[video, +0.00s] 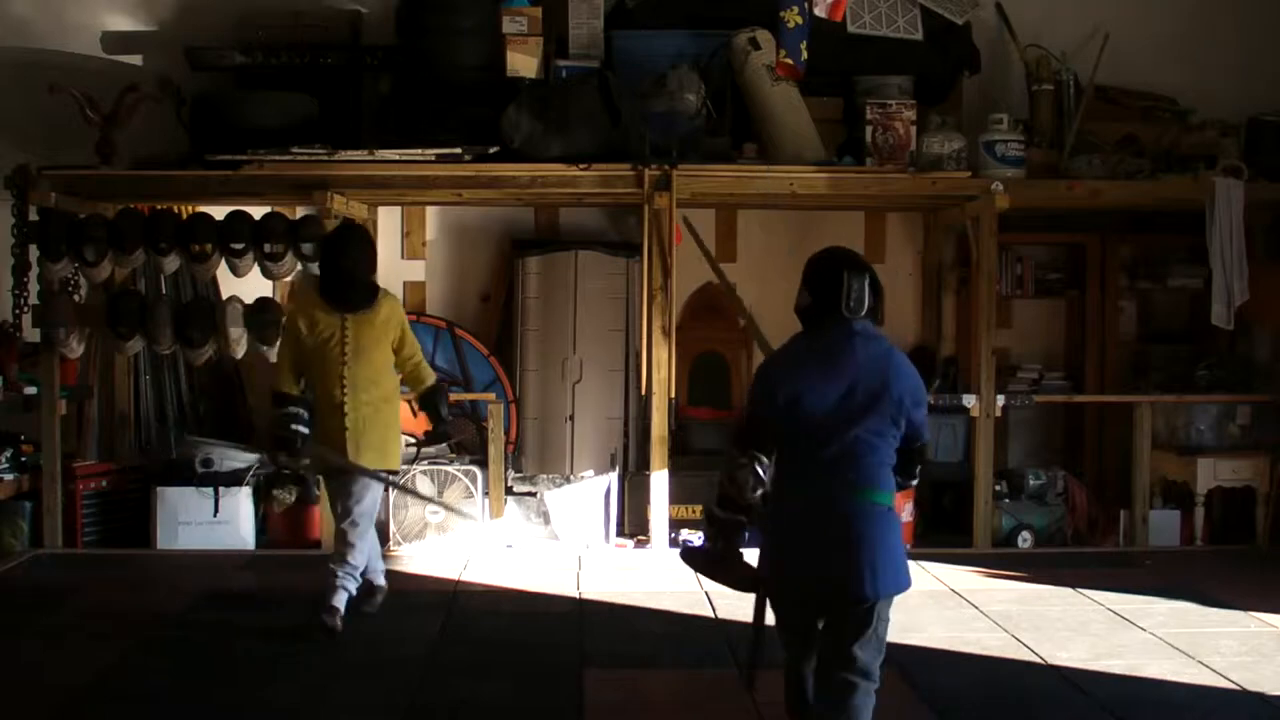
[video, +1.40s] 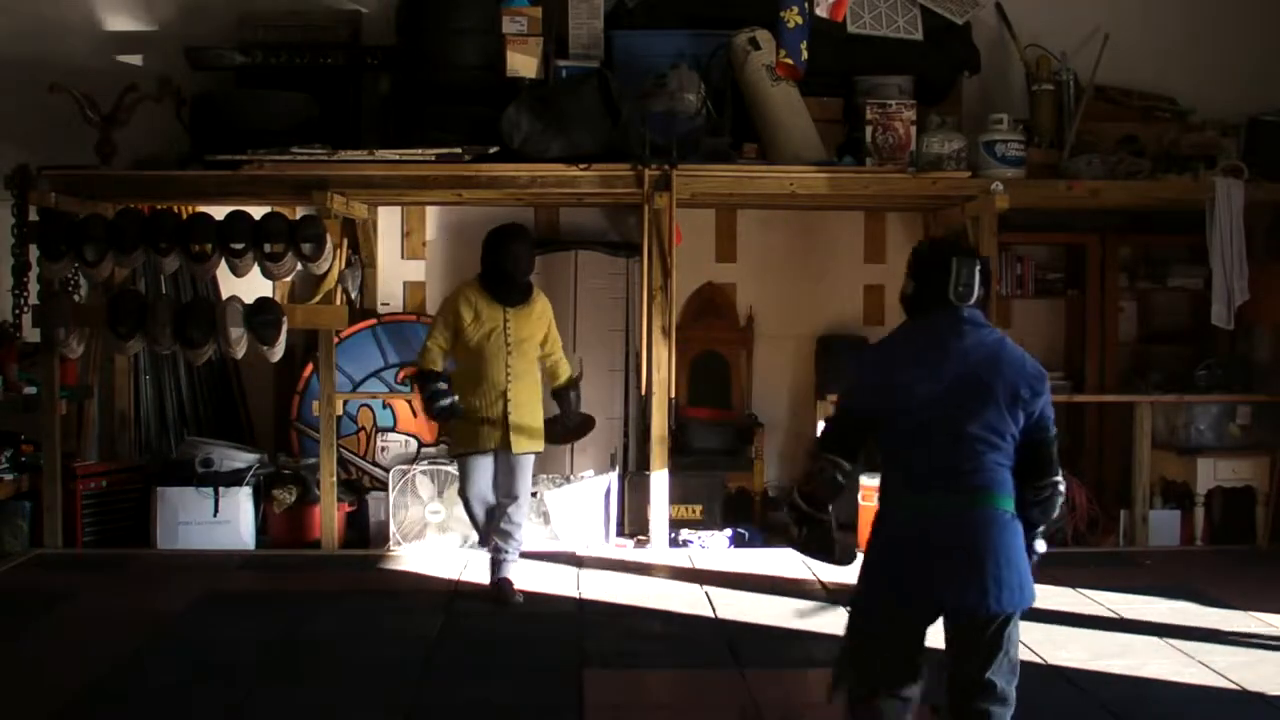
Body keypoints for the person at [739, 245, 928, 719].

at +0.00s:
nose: (798, 303)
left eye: (804, 294)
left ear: (808, 299)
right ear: (869, 300)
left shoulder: (779, 365)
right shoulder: (896, 367)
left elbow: (750, 448)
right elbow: (908, 464)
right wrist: (870, 488)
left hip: (792, 537)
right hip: (866, 541)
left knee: (801, 664)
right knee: (856, 671)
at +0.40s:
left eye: (750, 281)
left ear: (750, 289)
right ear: (817, 292)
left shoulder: (718, 362)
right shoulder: (850, 363)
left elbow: (679, 460)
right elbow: (886, 468)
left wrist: (662, 526)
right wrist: (892, 534)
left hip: (750, 542)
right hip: (833, 542)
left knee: (735, 683)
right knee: (841, 682)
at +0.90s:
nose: (735, 294)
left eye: (740, 286)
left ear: (743, 291)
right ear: (812, 291)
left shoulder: (717, 363)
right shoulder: (855, 361)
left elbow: (676, 461)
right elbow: (892, 469)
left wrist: (677, 523)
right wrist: (884, 535)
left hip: (771, 545)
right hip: (856, 539)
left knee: (740, 692)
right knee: (901, 683)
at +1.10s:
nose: (803, 309)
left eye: (808, 299)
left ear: (815, 306)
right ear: (883, 306)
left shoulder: (786, 377)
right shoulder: (928, 381)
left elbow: (735, 486)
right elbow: (952, 501)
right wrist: (905, 543)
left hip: (820, 564)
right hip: (910, 564)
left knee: (768, 703)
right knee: (947, 705)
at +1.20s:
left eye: (856, 297)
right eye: (907, 296)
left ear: (857, 303)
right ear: (919, 302)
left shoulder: (834, 373)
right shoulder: (955, 370)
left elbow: (787, 468)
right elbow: (987, 483)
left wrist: (778, 547)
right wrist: (966, 549)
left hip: (861, 557)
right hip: (944, 558)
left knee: (795, 701)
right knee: (977, 704)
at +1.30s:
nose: (881, 299)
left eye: (886, 290)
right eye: (887, 289)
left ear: (890, 295)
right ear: (949, 296)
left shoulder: (862, 364)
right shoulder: (996, 372)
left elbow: (823, 463)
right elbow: (1018, 489)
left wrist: (798, 523)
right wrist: (988, 538)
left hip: (886, 554)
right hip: (970, 555)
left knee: (834, 695)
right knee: (981, 701)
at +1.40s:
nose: (904, 291)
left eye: (909, 282)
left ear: (912, 288)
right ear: (976, 291)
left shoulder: (883, 360)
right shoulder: (1021, 368)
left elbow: (833, 461)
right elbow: (1043, 487)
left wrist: (811, 511)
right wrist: (1018, 544)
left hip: (901, 553)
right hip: (988, 553)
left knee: (879, 692)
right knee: (986, 700)